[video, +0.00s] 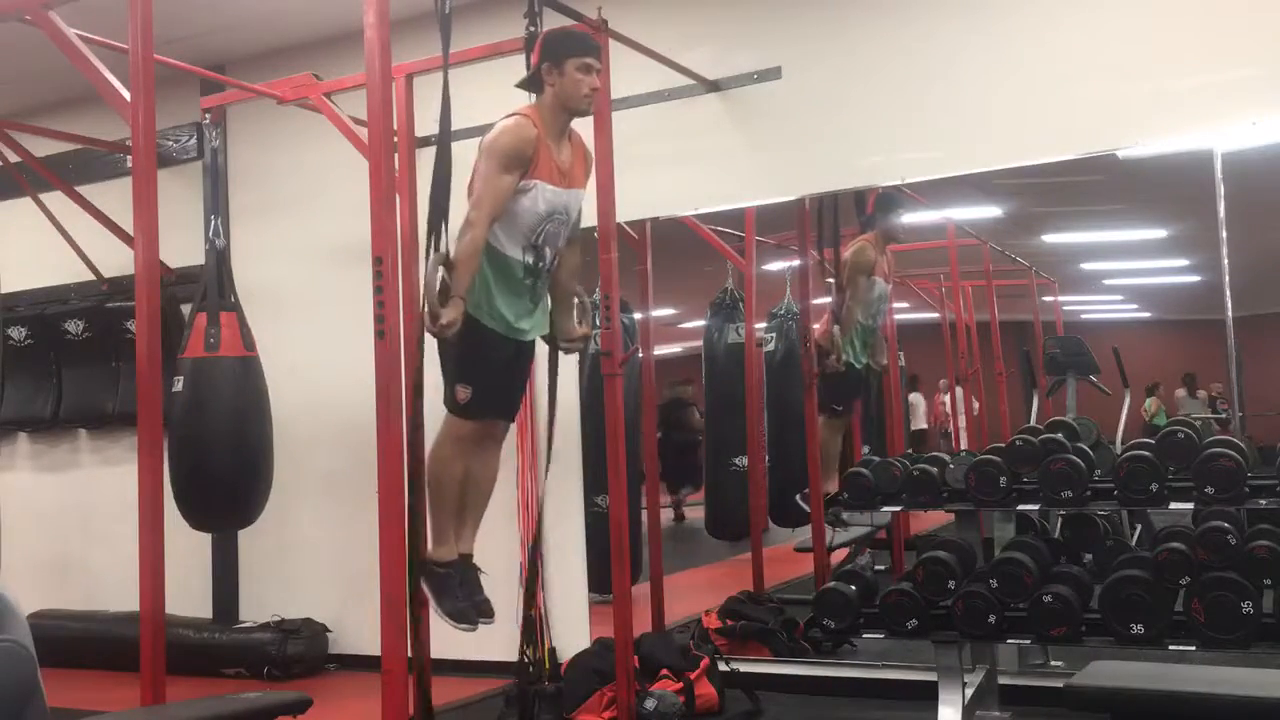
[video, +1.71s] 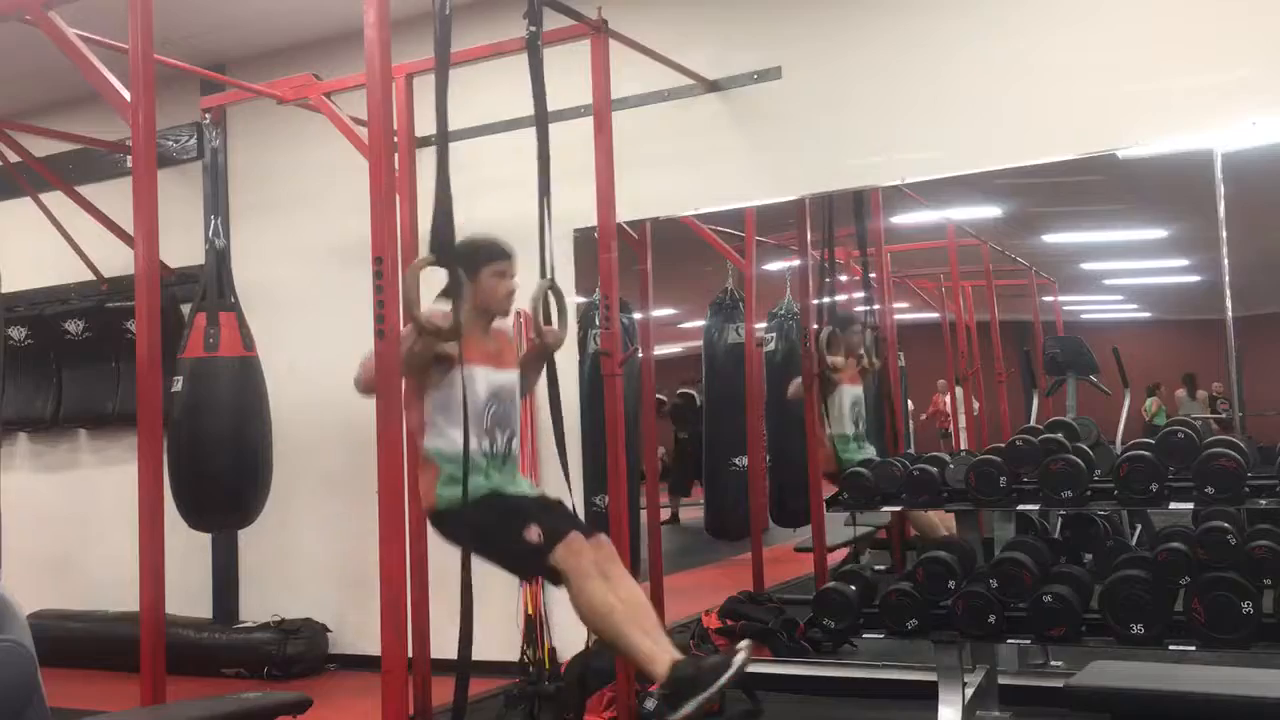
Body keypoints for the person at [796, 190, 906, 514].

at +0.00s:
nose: (902, 226)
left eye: (903, 218)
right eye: (898, 218)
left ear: (889, 219)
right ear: (882, 218)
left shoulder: (882, 254)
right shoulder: (862, 253)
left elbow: (874, 309)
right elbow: (849, 305)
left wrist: (877, 349)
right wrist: (843, 349)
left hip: (861, 352)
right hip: (841, 352)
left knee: (846, 421)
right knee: (834, 422)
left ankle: (836, 487)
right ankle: (827, 489)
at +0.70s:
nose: (907, 262)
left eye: (907, 255)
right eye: (904, 254)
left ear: (890, 255)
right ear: (890, 254)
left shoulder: (878, 287)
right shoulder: (861, 282)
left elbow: (861, 329)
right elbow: (824, 316)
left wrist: (869, 357)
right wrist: (826, 360)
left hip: (857, 375)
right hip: (842, 377)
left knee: (847, 449)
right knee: (843, 449)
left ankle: (846, 519)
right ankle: (843, 521)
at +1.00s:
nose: (916, 309)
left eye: (916, 303)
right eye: (913, 302)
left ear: (899, 302)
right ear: (896, 302)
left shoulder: (885, 329)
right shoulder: (870, 321)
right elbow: (827, 319)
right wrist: (831, 362)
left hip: (859, 409)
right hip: (839, 411)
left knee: (865, 480)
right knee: (852, 481)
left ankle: (871, 551)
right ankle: (859, 553)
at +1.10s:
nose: (918, 321)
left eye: (919, 314)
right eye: (915, 313)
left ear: (900, 312)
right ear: (897, 310)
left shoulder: (887, 340)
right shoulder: (867, 325)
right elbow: (826, 322)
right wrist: (829, 360)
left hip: (861, 421)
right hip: (839, 421)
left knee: (870, 487)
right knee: (854, 489)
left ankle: (877, 556)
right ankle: (863, 559)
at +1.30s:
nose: (909, 312)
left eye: (910, 307)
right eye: (904, 306)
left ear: (901, 309)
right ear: (887, 307)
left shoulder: (890, 337)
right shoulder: (863, 327)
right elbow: (822, 344)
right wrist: (838, 362)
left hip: (863, 418)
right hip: (841, 421)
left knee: (881, 483)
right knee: (866, 486)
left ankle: (892, 550)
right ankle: (878, 553)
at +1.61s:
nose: (875, 318)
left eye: (875, 312)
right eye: (870, 312)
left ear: (870, 313)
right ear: (855, 314)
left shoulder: (869, 339)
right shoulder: (836, 339)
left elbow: (879, 365)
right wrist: (859, 363)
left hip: (873, 434)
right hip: (850, 439)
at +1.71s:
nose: (861, 337)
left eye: (862, 332)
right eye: (856, 333)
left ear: (863, 334)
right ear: (839, 336)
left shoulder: (858, 369)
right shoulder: (829, 372)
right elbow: (792, 392)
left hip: (869, 455)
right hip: (848, 461)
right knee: (904, 491)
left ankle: (953, 541)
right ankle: (947, 544)